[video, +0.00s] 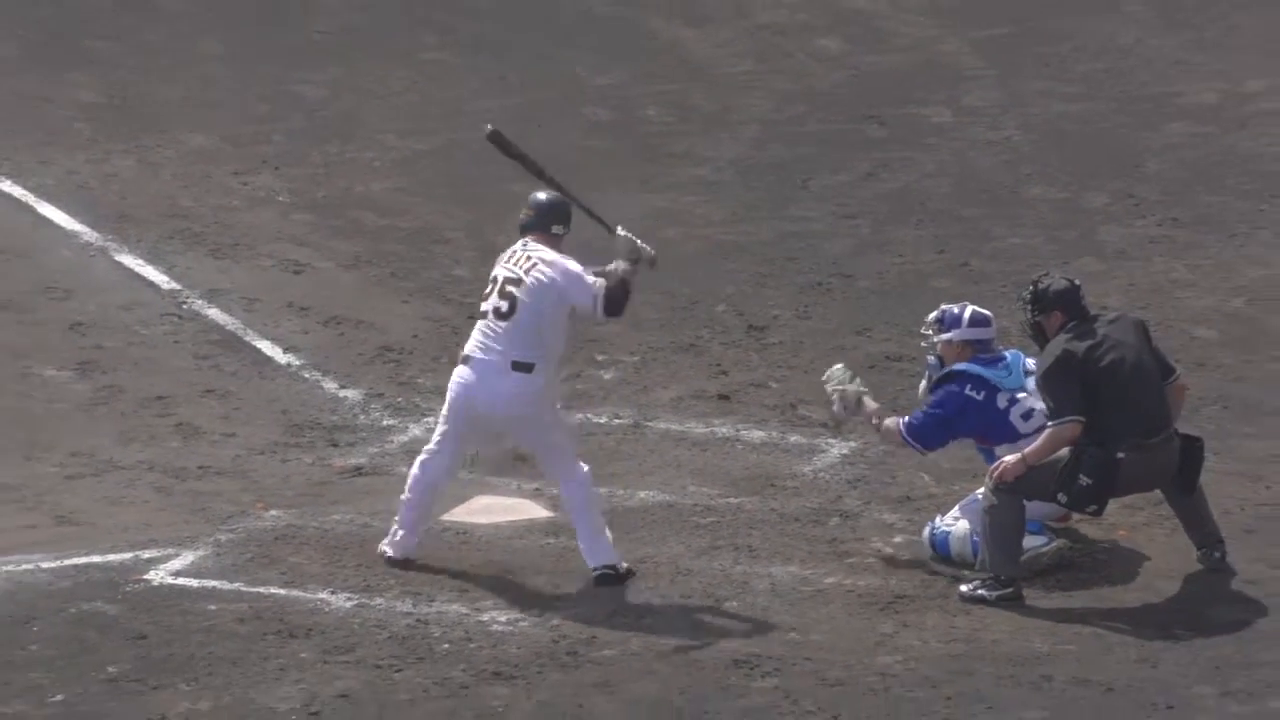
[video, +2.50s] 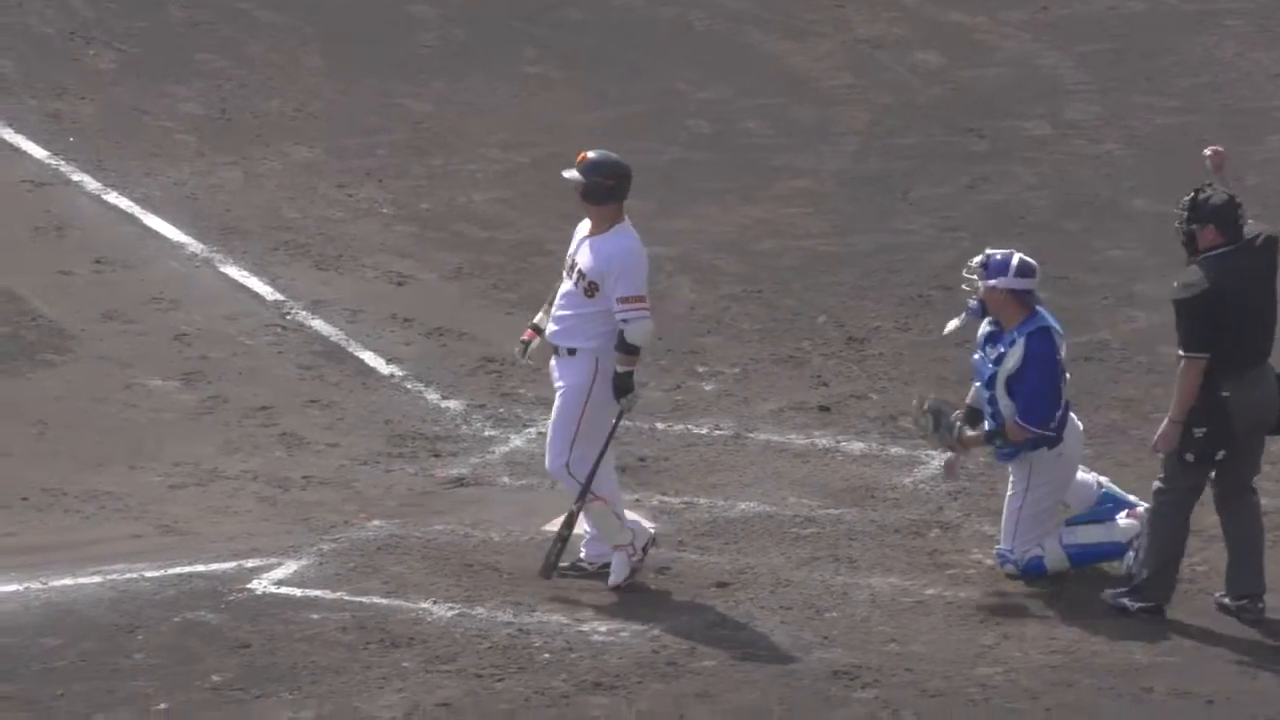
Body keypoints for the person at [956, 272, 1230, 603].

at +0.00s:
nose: (1035, 325)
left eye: (1037, 318)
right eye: (1033, 317)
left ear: (1056, 318)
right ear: (1081, 308)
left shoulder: (1056, 358)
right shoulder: (1129, 326)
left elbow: (1068, 428)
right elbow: (1176, 387)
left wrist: (1022, 460)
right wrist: (1159, 431)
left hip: (1108, 471)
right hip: (1165, 457)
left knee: (1004, 482)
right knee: (1171, 463)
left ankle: (1001, 580)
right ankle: (1213, 550)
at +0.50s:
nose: (1052, 356)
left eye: (1053, 348)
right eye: (1050, 348)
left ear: (1071, 346)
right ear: (1097, 337)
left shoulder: (1073, 384)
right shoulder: (1144, 355)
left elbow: (1081, 457)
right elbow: (1191, 415)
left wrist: (1037, 489)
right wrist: (1171, 461)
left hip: (1120, 497)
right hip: (1178, 487)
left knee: (1018, 509)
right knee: (1186, 491)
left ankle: (1015, 606)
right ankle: (1228, 578)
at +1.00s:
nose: (1057, 346)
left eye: (1058, 339)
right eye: (1055, 339)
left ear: (1075, 335)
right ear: (1098, 323)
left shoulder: (1078, 376)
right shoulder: (1148, 339)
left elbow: (1092, 448)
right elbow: (1189, 401)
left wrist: (1051, 486)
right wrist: (1190, 448)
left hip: (1139, 482)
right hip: (1193, 468)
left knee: (1038, 509)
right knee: (1207, 497)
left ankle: (1039, 604)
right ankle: (1253, 574)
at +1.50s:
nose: (1026, 277)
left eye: (1028, 269)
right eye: (1025, 269)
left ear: (1044, 270)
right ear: (1065, 261)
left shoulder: (1052, 321)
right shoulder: (1111, 277)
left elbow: (1059, 402)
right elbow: (1144, 342)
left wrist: (1057, 461)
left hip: (1119, 419)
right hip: (1165, 397)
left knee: (1066, 502)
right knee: (1179, 493)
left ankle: (1071, 603)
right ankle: (1238, 586)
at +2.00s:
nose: (1107, 255)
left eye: (1109, 248)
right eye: (1108, 247)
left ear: (1122, 252)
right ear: (1150, 244)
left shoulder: (1113, 306)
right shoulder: (1188, 270)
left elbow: (1103, 383)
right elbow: (1226, 278)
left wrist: (1089, 440)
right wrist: (1227, 234)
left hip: (1144, 417)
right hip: (1197, 406)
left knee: (1114, 513)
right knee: (1203, 509)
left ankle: (1095, 611)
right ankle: (1236, 612)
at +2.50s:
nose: (1187, 234)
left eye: (1192, 227)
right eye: (1189, 226)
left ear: (1208, 233)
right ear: (1230, 229)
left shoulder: (1198, 286)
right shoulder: (1265, 253)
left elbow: (1194, 364)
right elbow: (1237, 221)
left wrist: (1173, 421)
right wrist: (1222, 177)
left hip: (1212, 400)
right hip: (1258, 389)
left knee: (1174, 494)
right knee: (1238, 489)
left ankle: (1150, 592)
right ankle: (1248, 593)